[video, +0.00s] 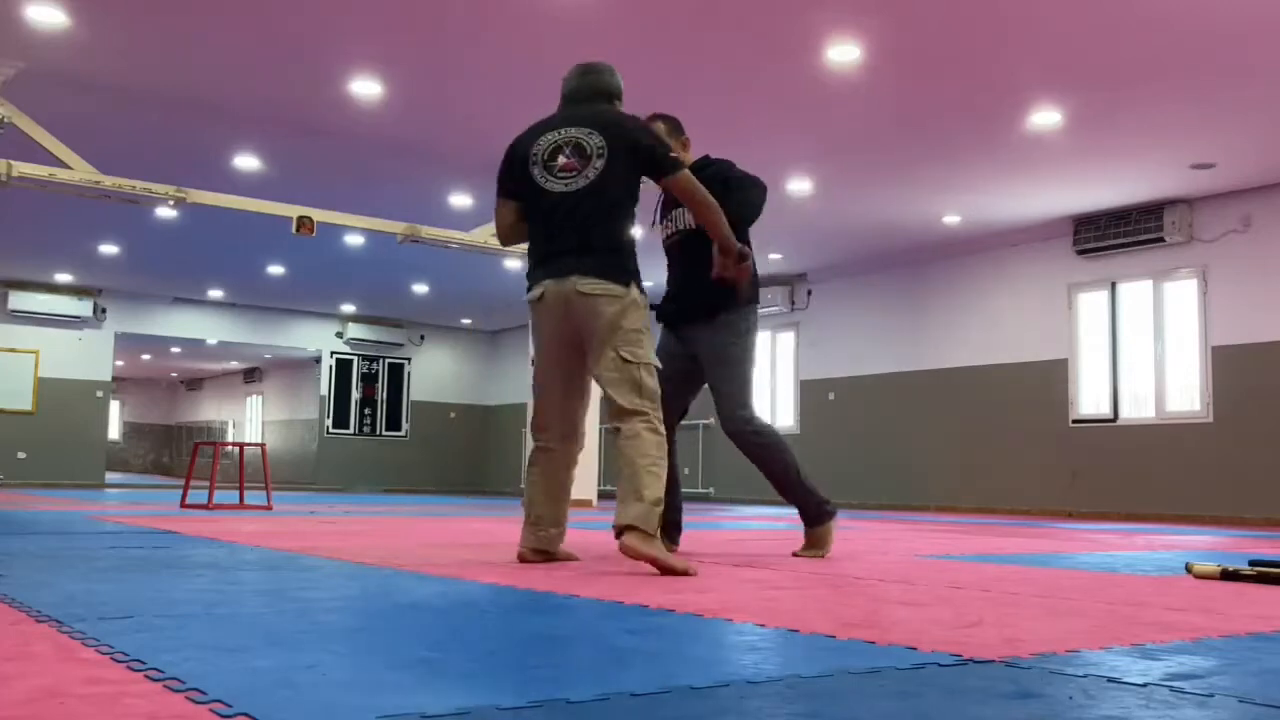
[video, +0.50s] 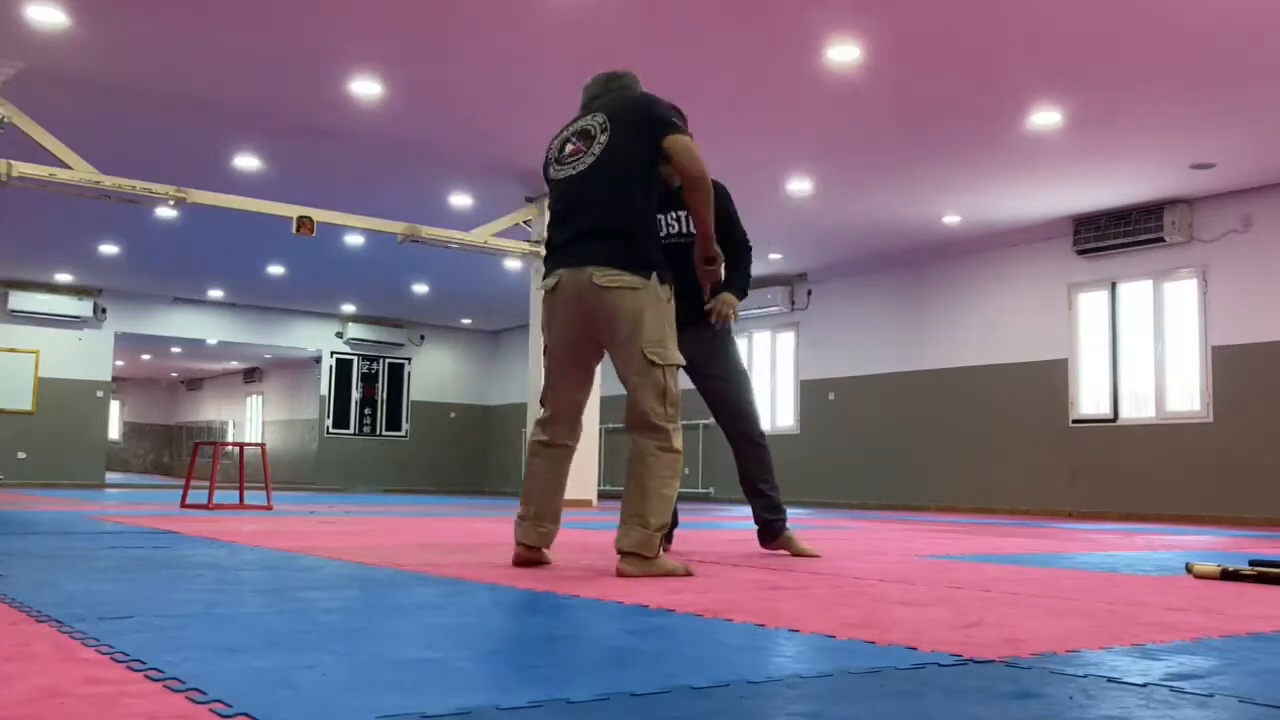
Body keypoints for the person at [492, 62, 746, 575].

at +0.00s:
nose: (622, 106)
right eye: (620, 98)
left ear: (564, 96)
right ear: (615, 97)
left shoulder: (524, 144)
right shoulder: (628, 130)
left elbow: (507, 230)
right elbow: (693, 194)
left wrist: (557, 210)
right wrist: (727, 244)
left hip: (548, 291)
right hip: (610, 287)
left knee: (554, 422)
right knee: (638, 413)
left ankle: (539, 539)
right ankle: (640, 529)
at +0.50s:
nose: (644, 93)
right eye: (641, 88)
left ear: (586, 100)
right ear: (633, 89)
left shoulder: (559, 142)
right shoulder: (648, 107)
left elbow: (569, 211)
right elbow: (694, 171)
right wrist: (707, 244)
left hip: (563, 284)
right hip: (631, 282)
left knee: (557, 418)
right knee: (655, 420)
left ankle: (530, 540)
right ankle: (641, 550)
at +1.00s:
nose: (633, 112)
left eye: (632, 104)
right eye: (631, 104)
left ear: (578, 98)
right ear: (622, 102)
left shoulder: (546, 139)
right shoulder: (607, 121)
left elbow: (549, 220)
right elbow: (617, 166)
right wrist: (648, 230)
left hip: (518, 284)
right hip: (573, 280)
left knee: (543, 421)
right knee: (622, 420)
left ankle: (514, 542)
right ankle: (630, 551)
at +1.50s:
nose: (598, 109)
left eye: (599, 101)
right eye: (598, 99)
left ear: (545, 84)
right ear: (588, 90)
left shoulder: (514, 128)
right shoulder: (569, 111)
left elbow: (528, 217)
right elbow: (573, 191)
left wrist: (588, 213)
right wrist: (611, 264)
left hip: (494, 296)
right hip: (537, 295)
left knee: (519, 428)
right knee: (565, 425)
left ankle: (507, 543)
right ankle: (503, 549)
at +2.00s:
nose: (631, 185)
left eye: (635, 177)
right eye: (629, 171)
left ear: (605, 165)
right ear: (603, 158)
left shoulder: (593, 232)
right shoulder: (535, 171)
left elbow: (640, 292)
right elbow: (463, 204)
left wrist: (687, 241)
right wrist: (502, 255)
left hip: (529, 336)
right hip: (482, 316)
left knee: (572, 430)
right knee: (501, 411)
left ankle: (527, 537)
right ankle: (449, 544)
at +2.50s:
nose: (614, 157)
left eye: (614, 149)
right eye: (614, 149)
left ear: (566, 138)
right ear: (603, 144)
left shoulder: (525, 178)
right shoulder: (600, 176)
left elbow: (475, 246)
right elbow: (646, 252)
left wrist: (520, 277)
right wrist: (693, 302)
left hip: (501, 313)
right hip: (542, 315)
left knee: (545, 423)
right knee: (559, 425)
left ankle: (536, 535)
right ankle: (519, 535)